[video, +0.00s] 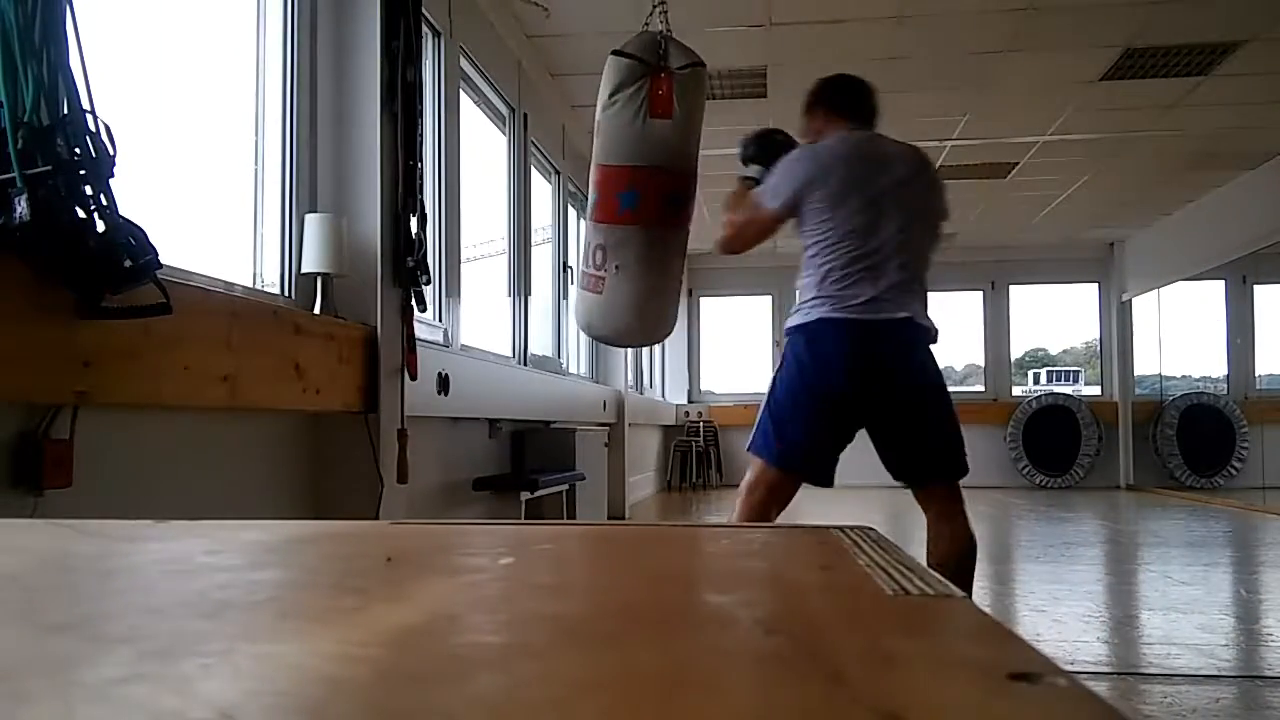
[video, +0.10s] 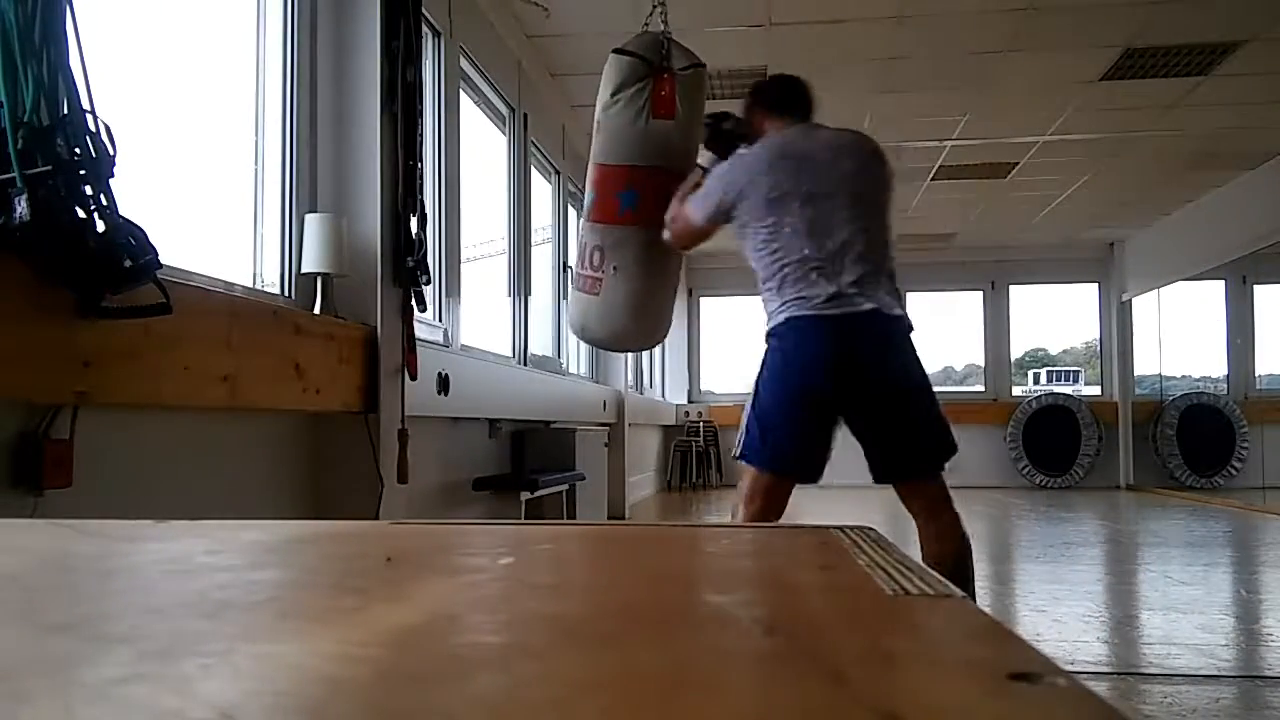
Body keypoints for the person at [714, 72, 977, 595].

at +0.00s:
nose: (807, 134)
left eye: (808, 124)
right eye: (806, 126)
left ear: (821, 119)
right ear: (870, 117)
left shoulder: (813, 160)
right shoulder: (919, 165)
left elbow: (733, 237)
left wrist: (748, 175)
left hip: (823, 348)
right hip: (904, 349)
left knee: (760, 500)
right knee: (945, 506)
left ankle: (726, 620)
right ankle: (955, 639)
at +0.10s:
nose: (753, 130)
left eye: (752, 123)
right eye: (754, 124)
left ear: (757, 120)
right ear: (807, 114)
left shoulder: (746, 165)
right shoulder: (864, 149)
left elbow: (678, 229)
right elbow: (820, 205)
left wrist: (704, 165)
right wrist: (759, 151)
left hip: (801, 347)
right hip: (884, 340)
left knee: (758, 507)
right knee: (931, 505)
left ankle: (734, 643)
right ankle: (966, 640)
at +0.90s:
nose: (816, 70)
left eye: (816, 62)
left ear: (823, 63)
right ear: (893, 65)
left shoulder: (776, 120)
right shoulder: (935, 117)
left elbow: (694, 206)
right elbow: (923, 223)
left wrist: (690, 174)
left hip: (770, 340)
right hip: (867, 348)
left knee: (728, 495)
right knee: (954, 528)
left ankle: (684, 644)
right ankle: (1005, 684)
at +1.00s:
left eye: (820, 39)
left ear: (822, 45)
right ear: (892, 55)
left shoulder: (758, 107)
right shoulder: (917, 111)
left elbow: (661, 140)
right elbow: (972, 231)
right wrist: (929, 259)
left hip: (761, 330)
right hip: (860, 332)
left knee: (717, 498)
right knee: (938, 523)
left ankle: (661, 638)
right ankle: (997, 674)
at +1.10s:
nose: (794, 52)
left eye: (796, 40)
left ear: (801, 43)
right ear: (870, 54)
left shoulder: (736, 113)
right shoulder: (895, 111)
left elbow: (641, 170)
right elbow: (960, 208)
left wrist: (681, 190)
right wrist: (967, 316)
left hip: (754, 340)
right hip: (854, 333)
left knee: (710, 513)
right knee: (939, 525)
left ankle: (682, 665)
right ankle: (998, 677)